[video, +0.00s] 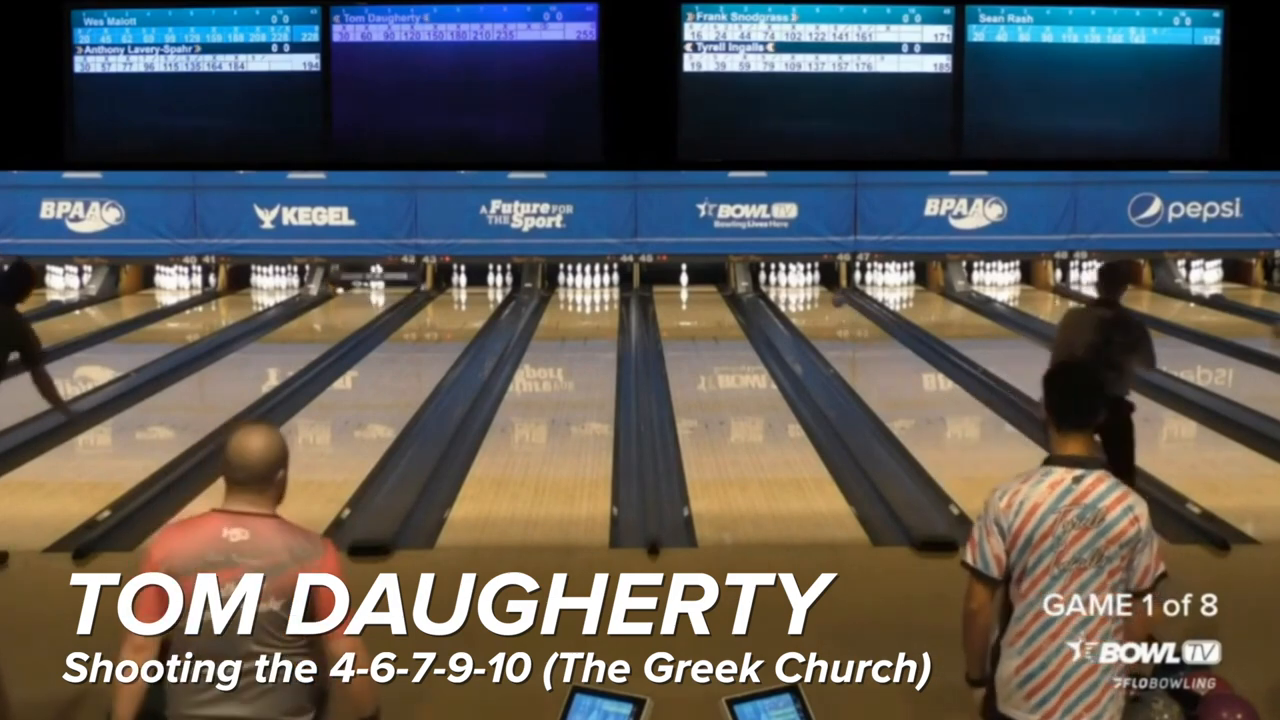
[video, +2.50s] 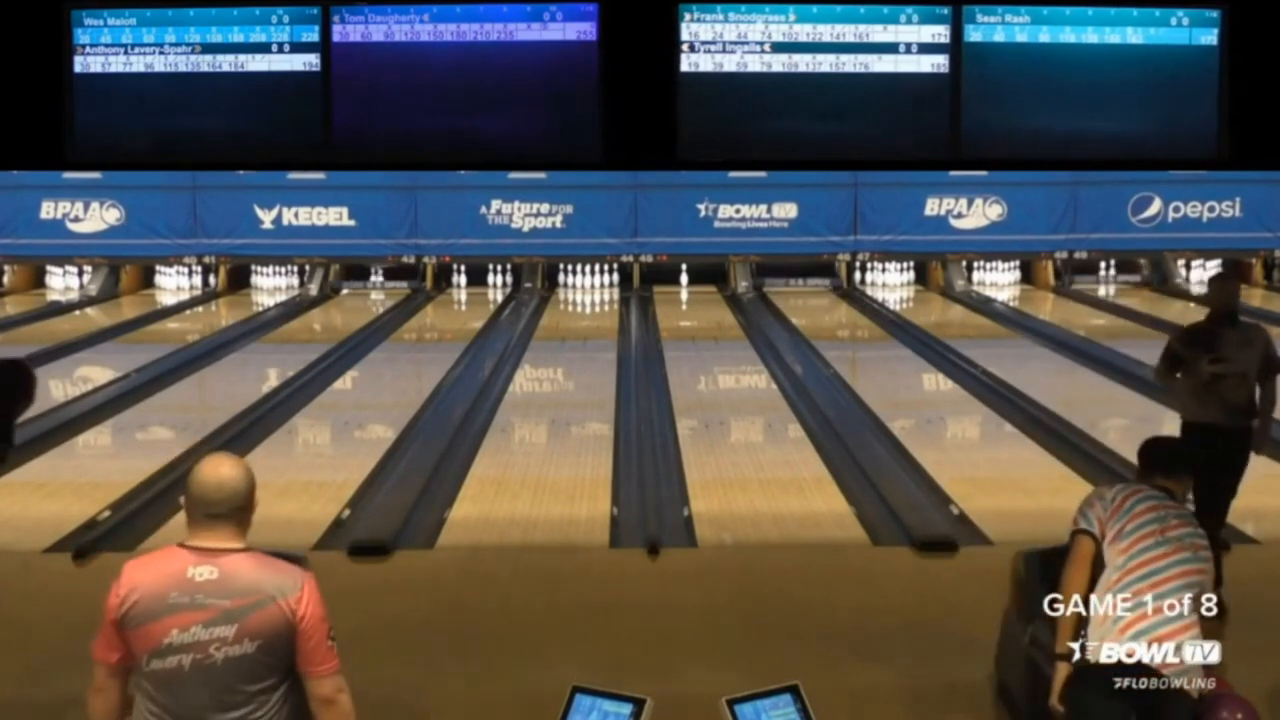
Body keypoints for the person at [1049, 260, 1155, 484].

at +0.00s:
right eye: (1120, 284)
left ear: (1098, 283)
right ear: (1123, 287)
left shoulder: (1073, 318)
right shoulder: (1132, 324)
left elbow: (1058, 361)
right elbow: (1147, 364)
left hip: (1071, 401)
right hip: (1112, 407)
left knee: (1069, 467)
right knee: (1122, 476)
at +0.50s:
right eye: (1148, 280)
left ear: (1118, 279)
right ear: (1148, 282)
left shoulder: (1100, 314)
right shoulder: (1156, 322)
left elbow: (1084, 358)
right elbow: (1168, 361)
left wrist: (1068, 393)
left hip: (1099, 399)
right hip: (1136, 403)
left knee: (1093, 465)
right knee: (1126, 469)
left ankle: (1088, 530)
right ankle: (1120, 536)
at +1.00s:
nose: (1144, 284)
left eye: (1142, 278)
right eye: (1154, 279)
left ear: (1139, 281)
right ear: (1166, 284)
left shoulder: (1117, 317)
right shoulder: (1173, 324)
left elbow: (1088, 360)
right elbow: (1197, 368)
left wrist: (1071, 393)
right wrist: (1218, 401)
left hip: (1119, 407)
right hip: (1155, 407)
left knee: (1111, 475)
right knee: (1152, 474)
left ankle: (1108, 540)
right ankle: (1155, 545)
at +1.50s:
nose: (1155, 281)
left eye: (1161, 277)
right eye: (1158, 276)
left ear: (1173, 284)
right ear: (1187, 286)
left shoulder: (1167, 323)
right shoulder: (1187, 317)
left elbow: (1149, 364)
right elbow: (1192, 355)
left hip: (1162, 407)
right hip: (1178, 403)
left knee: (1154, 468)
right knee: (1165, 468)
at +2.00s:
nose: (1204, 296)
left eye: (1212, 290)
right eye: (1200, 288)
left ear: (1220, 294)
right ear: (1191, 291)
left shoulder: (1234, 332)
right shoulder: (1172, 327)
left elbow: (1249, 376)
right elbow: (1152, 360)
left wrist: (1236, 418)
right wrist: (1169, 376)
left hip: (1217, 419)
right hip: (1179, 416)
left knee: (1204, 484)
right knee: (1168, 477)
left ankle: (1206, 538)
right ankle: (1163, 531)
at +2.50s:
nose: (1226, 297)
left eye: (1231, 291)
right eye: (1220, 290)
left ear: (1239, 294)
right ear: (1209, 294)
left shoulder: (1256, 339)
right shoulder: (1189, 336)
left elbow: (1268, 383)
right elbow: (1162, 374)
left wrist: (1264, 425)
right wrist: (1187, 392)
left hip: (1238, 430)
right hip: (1198, 429)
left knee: (1221, 498)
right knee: (1205, 499)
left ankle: (1209, 550)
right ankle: (1209, 565)